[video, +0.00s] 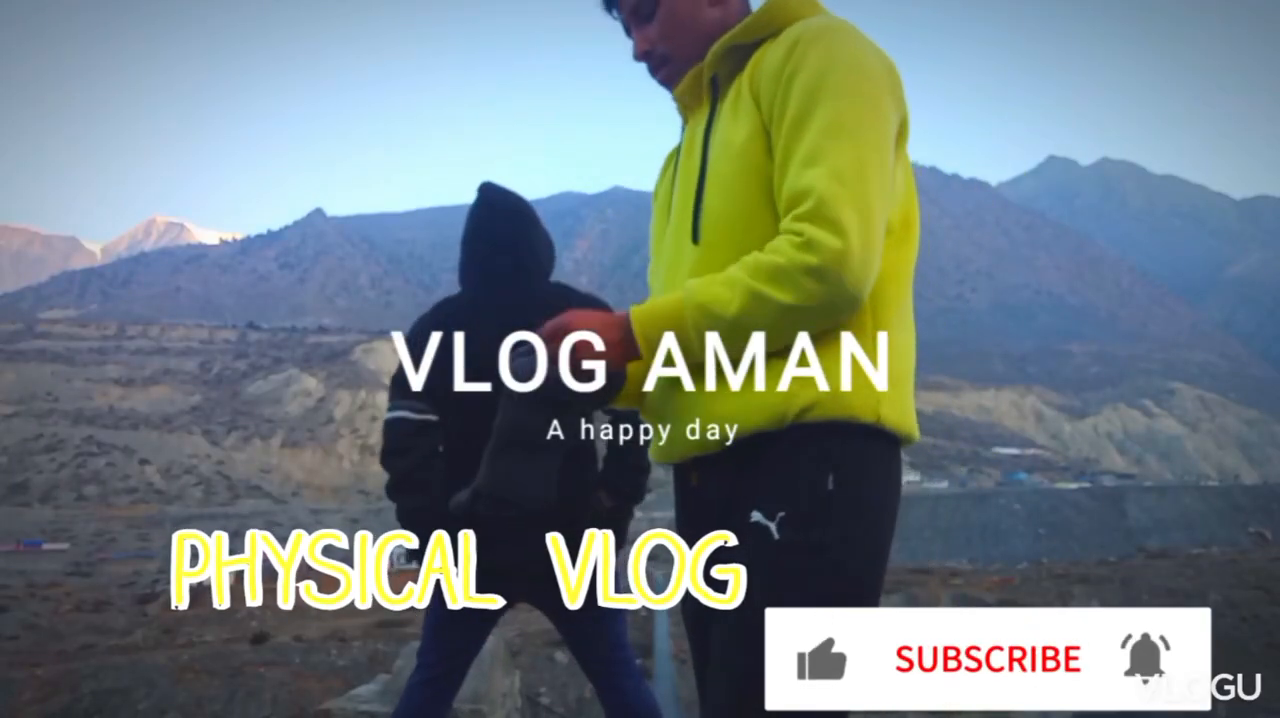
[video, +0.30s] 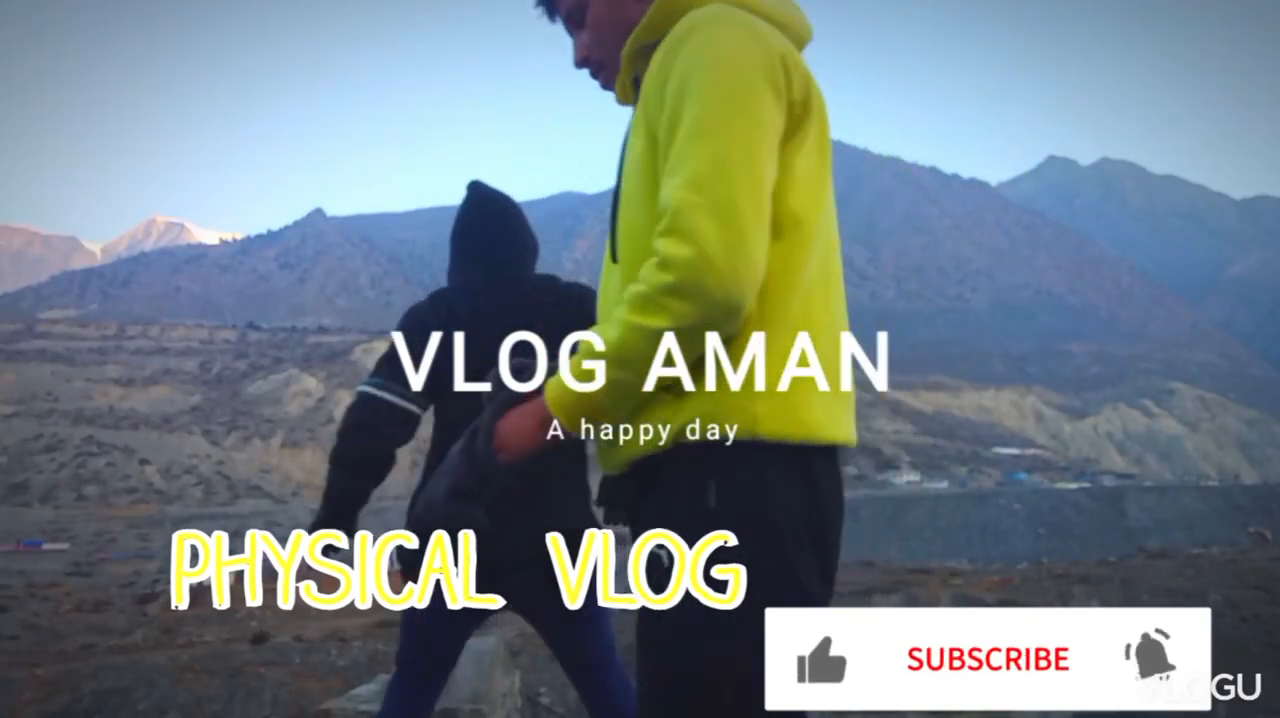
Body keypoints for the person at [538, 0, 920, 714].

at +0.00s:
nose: (635, 45)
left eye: (642, 13)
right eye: (624, 26)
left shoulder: (824, 51)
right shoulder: (681, 155)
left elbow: (829, 263)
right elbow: (699, 338)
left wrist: (637, 334)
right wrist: (614, 364)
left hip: (815, 454)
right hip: (714, 464)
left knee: (793, 698)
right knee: (728, 697)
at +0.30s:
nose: (578, 56)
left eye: (573, 19)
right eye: (565, 31)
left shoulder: (720, 43)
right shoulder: (696, 60)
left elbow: (709, 270)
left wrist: (556, 405)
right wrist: (565, 401)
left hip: (732, 466)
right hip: (704, 466)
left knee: (712, 702)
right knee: (703, 700)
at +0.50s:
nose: (513, 31)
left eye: (514, 7)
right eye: (508, 14)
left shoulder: (620, 46)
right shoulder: (674, 45)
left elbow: (635, 310)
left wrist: (474, 382)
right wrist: (487, 375)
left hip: (660, 465)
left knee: (641, 702)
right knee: (670, 701)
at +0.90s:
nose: (450, 24)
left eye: (454, 2)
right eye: (447, 8)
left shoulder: (561, 56)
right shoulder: (609, 52)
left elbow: (524, 331)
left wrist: (357, 426)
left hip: (588, 468)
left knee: (590, 700)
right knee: (617, 699)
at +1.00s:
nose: (445, 28)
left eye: (451, 5)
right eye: (444, 10)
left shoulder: (566, 65)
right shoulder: (585, 65)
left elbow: (526, 330)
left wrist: (344, 428)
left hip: (586, 470)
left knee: (582, 699)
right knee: (555, 696)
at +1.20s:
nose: (437, 67)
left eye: (449, 36)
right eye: (430, 48)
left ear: (521, 18)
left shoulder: (587, 136)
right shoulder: (503, 153)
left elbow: (557, 356)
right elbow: (464, 332)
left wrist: (361, 407)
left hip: (568, 504)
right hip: (492, 504)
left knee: (571, 702)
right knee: (451, 701)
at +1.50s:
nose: (470, 87)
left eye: (486, 64)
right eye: (453, 77)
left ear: (535, 64)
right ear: (447, 94)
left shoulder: (595, 168)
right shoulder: (451, 211)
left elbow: (522, 320)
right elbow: (420, 345)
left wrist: (354, 333)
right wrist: (318, 335)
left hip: (561, 484)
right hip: (464, 489)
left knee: (564, 699)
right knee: (465, 696)